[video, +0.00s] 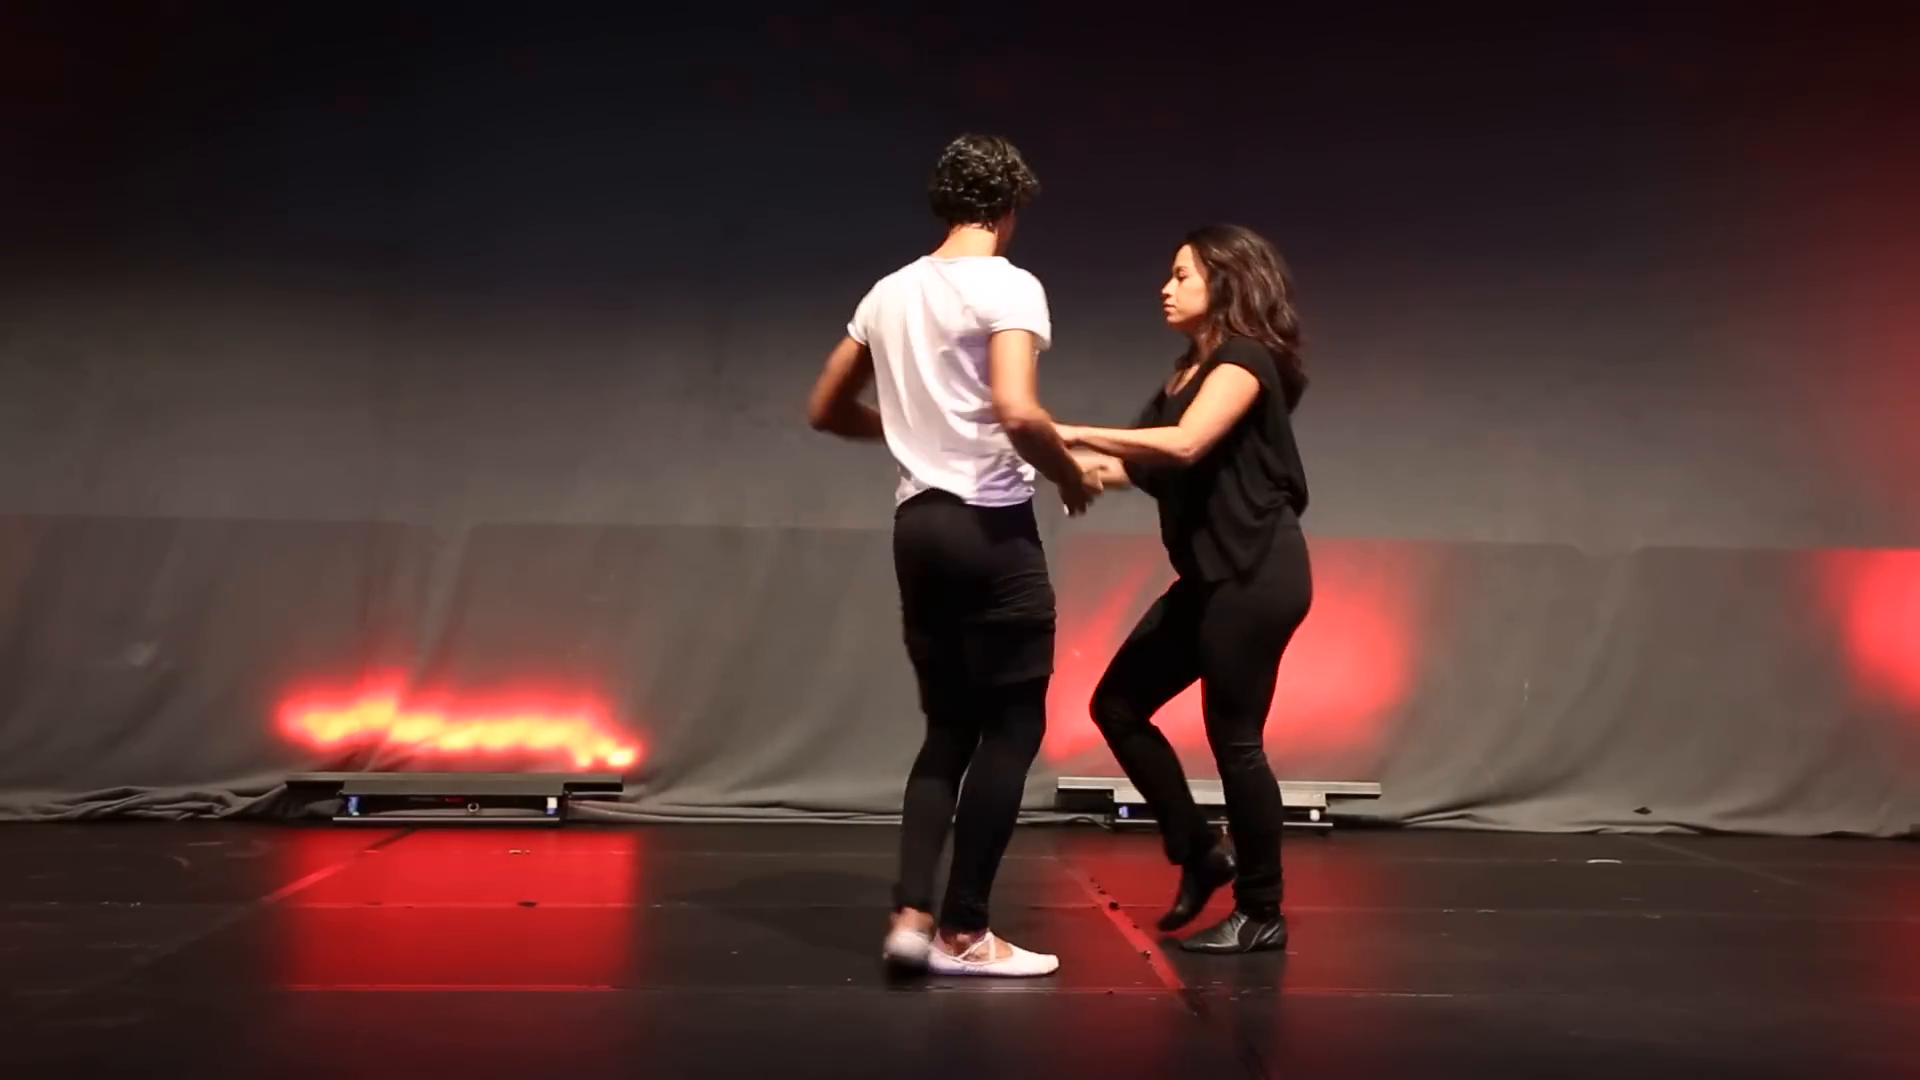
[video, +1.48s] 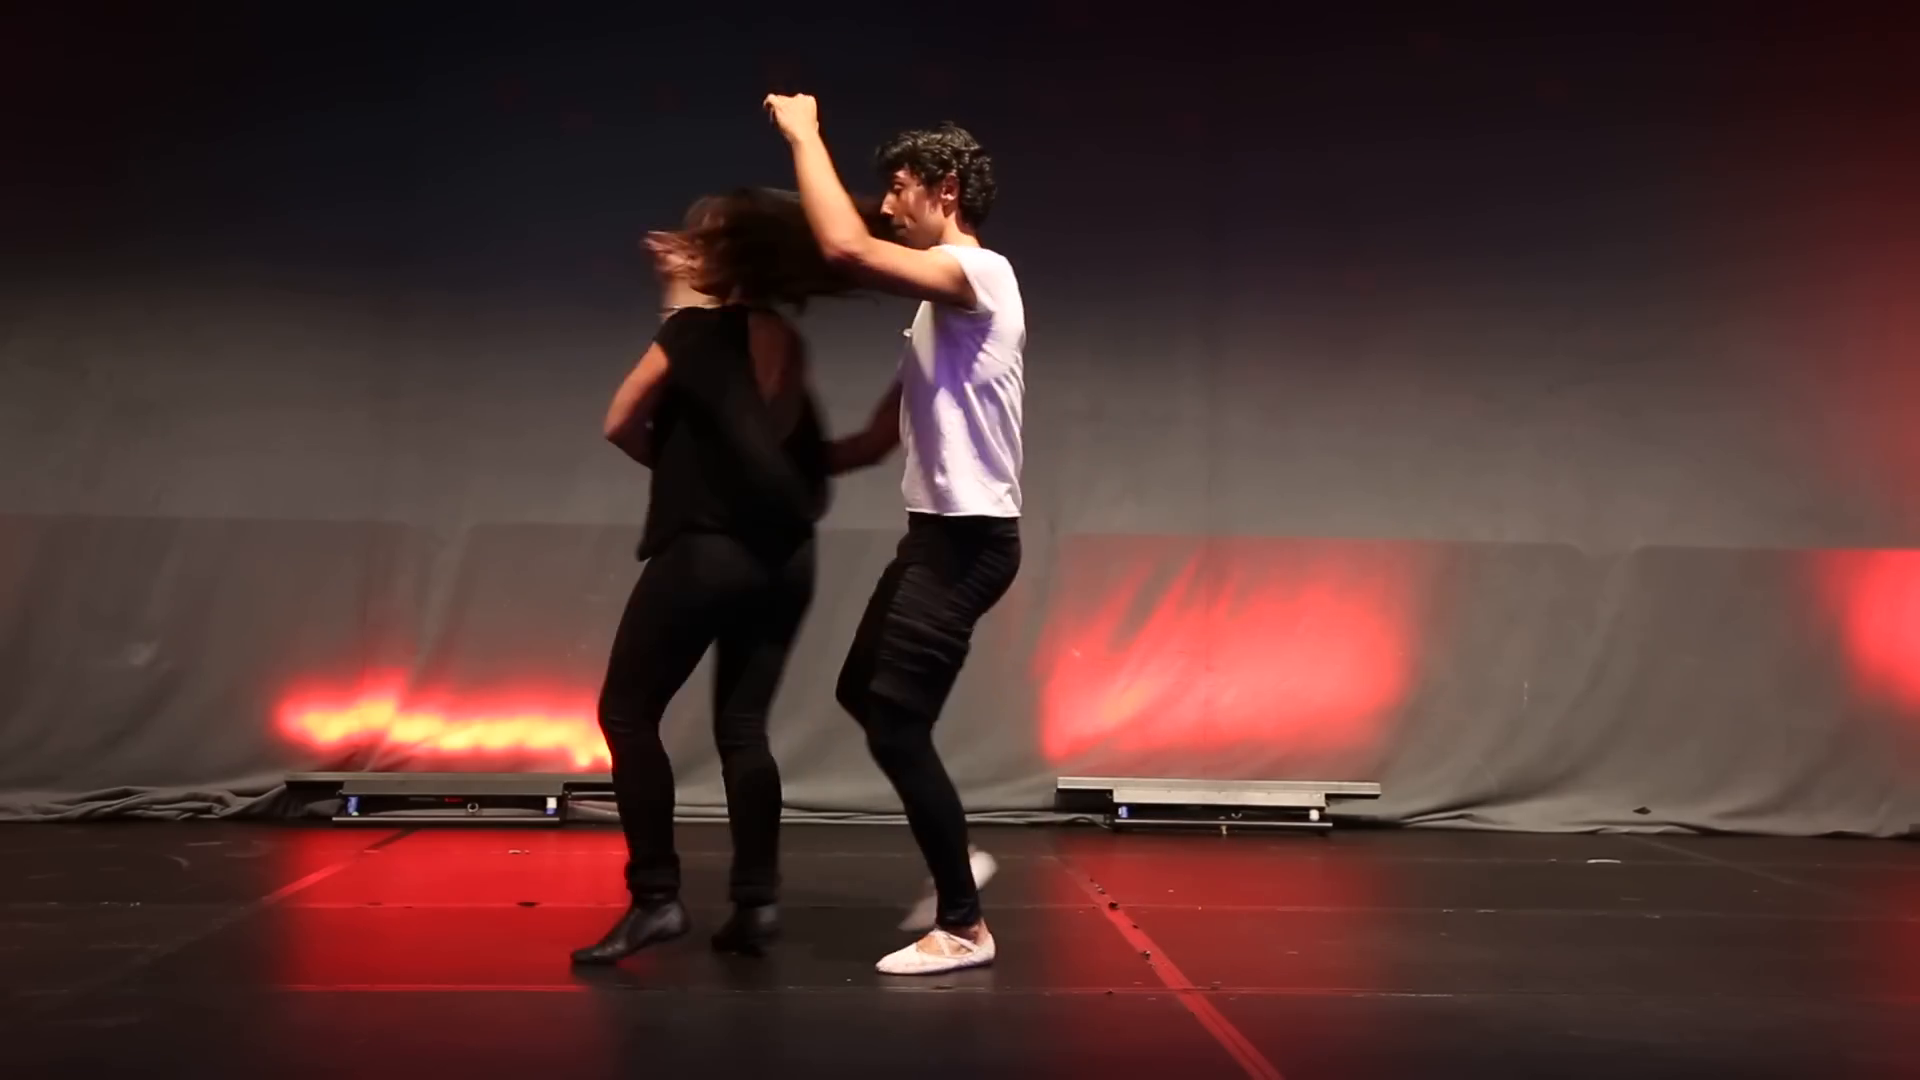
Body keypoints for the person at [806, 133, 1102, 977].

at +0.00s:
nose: (1018, 227)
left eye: (1016, 216)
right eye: (1018, 216)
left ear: (940, 207)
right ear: (1007, 213)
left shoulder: (887, 294)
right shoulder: (1009, 285)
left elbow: (828, 409)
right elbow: (1016, 410)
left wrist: (914, 422)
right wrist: (1070, 473)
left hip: (919, 533)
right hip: (994, 534)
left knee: (947, 727)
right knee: (1014, 727)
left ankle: (913, 916)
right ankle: (965, 934)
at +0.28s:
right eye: (997, 190)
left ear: (925, 197)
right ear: (1004, 199)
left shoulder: (880, 288)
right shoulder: (1039, 290)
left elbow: (863, 417)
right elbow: (1067, 416)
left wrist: (946, 434)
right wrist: (1052, 474)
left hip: (893, 531)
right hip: (986, 537)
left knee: (890, 735)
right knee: (953, 724)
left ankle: (916, 941)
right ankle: (965, 912)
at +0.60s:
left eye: (944, 184)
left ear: (935, 191)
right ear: (1017, 192)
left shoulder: (896, 286)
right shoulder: (1064, 294)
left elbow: (862, 417)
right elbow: (1084, 440)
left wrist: (908, 368)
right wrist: (1040, 494)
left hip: (912, 532)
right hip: (1008, 538)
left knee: (893, 741)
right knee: (985, 735)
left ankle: (913, 943)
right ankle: (1054, 912)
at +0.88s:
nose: (942, 202)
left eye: (943, 188)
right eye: (944, 190)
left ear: (954, 193)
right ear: (1028, 193)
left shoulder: (923, 275)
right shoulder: (1084, 298)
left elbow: (814, 281)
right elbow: (1117, 441)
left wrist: (849, 184)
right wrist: (1067, 509)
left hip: (964, 534)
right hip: (1061, 538)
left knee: (932, 734)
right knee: (1062, 741)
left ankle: (944, 933)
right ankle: (1083, 957)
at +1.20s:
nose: (905, 209)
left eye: (914, 193)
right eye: (907, 195)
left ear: (960, 194)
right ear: (976, 196)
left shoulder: (944, 273)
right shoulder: (1036, 299)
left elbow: (788, 237)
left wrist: (787, 133)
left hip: (952, 529)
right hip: (1025, 534)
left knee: (912, 737)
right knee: (979, 720)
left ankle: (974, 938)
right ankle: (1042, 850)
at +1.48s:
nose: (885, 209)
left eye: (895, 193)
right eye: (885, 194)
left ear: (940, 193)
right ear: (935, 197)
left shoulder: (978, 273)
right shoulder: (942, 296)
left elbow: (847, 244)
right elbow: (882, 439)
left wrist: (805, 137)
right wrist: (796, 464)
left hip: (970, 534)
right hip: (938, 527)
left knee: (898, 724)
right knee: (861, 693)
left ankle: (962, 929)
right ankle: (951, 857)